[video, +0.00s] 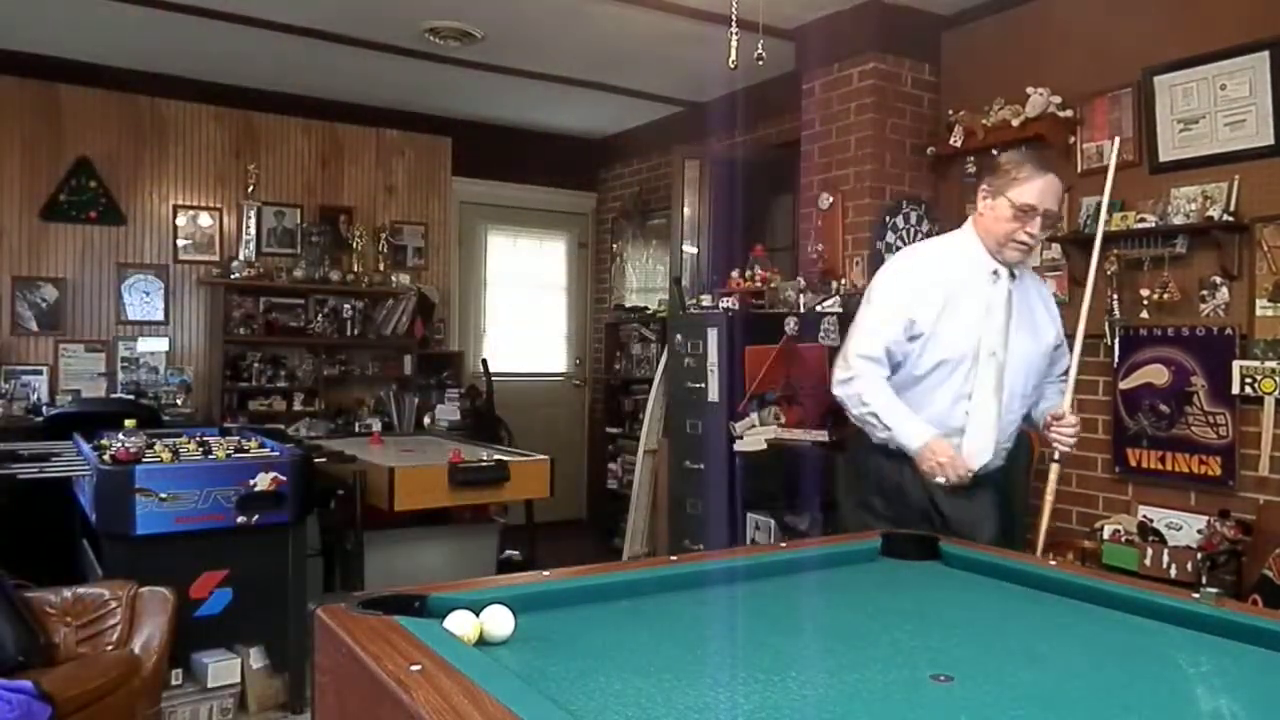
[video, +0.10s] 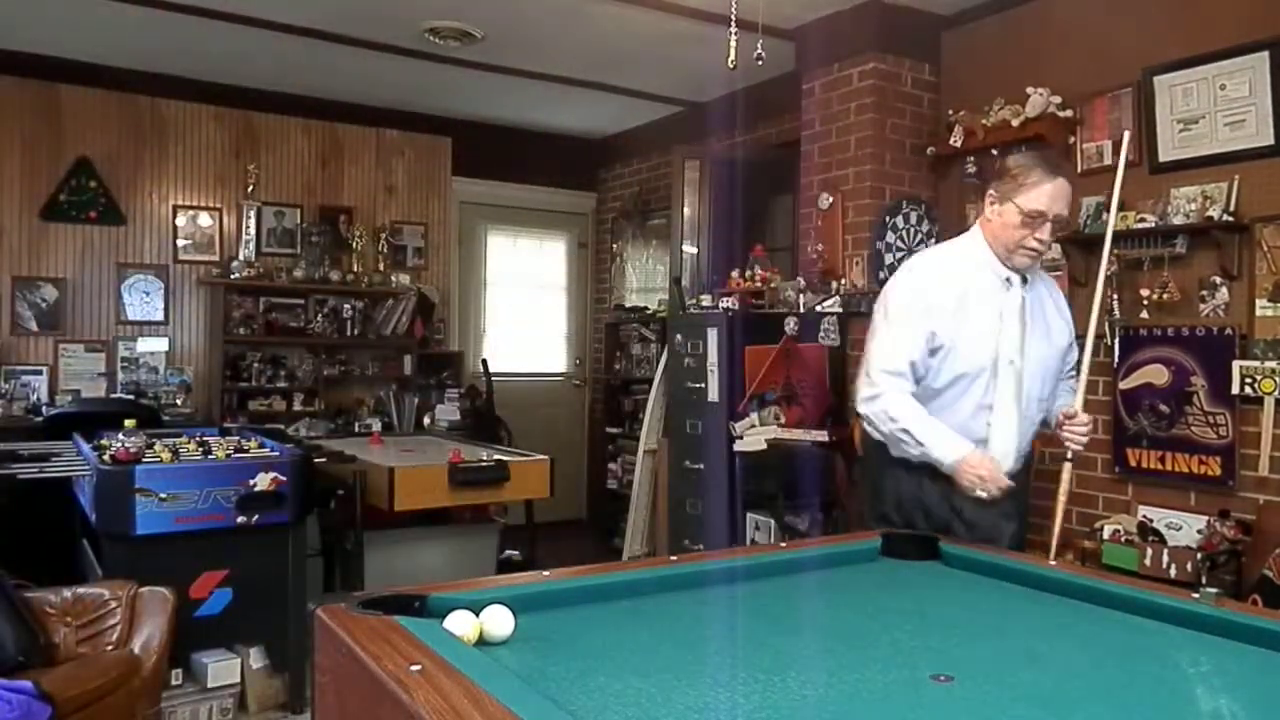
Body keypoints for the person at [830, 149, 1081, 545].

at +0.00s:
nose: (1034, 232)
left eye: (1047, 221)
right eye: (1023, 212)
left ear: (1054, 224)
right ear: (984, 200)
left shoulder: (1039, 298)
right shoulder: (915, 270)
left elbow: (1047, 381)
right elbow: (854, 374)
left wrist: (1053, 416)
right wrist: (920, 442)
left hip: (984, 491)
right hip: (894, 485)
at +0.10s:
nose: (1045, 237)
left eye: (1056, 224)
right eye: (1032, 218)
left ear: (1063, 226)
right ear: (992, 205)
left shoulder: (1051, 300)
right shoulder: (926, 277)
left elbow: (1060, 381)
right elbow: (878, 394)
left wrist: (1064, 413)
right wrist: (957, 457)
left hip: (1001, 493)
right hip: (915, 486)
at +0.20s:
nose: (1054, 245)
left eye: (1064, 230)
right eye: (1040, 226)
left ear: (1071, 229)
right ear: (997, 214)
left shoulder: (1057, 294)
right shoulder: (939, 287)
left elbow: (1065, 376)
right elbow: (912, 419)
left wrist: (1077, 411)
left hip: (1015, 501)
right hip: (932, 493)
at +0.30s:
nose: (1064, 252)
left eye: (1074, 237)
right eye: (1050, 237)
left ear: (1082, 230)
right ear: (1004, 224)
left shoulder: (1064, 289)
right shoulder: (956, 297)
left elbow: (1063, 376)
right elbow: (963, 443)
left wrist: (1086, 408)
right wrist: (1061, 506)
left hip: (1023, 486)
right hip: (939, 491)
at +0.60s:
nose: (1089, 253)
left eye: (1098, 235)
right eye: (1072, 237)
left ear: (1106, 224)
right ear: (1022, 226)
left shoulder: (1082, 280)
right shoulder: (990, 307)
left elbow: (1094, 365)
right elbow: (1050, 451)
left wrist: (1116, 393)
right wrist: (1155, 545)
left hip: (1043, 500)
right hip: (965, 504)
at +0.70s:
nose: (1088, 244)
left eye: (1098, 224)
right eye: (1069, 227)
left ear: (1108, 216)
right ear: (1023, 219)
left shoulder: (1090, 277)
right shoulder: (989, 303)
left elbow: (1104, 360)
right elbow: (1039, 452)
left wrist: (1126, 390)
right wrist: (1151, 537)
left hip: (1049, 494)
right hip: (971, 500)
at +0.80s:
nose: (1087, 231)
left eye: (1098, 212)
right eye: (1067, 214)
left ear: (1107, 207)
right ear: (1022, 210)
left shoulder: (1098, 274)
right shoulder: (986, 296)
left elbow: (1116, 360)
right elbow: (1005, 448)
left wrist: (1138, 398)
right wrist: (1118, 514)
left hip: (1066, 492)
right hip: (979, 499)